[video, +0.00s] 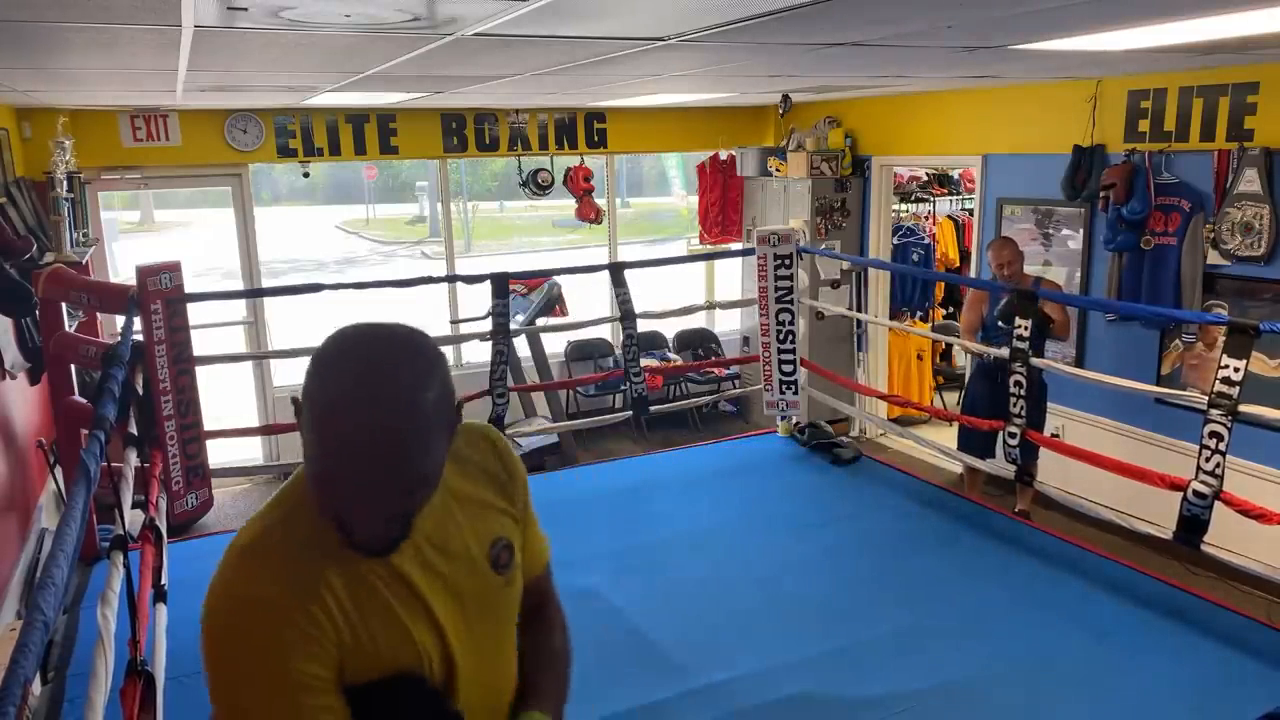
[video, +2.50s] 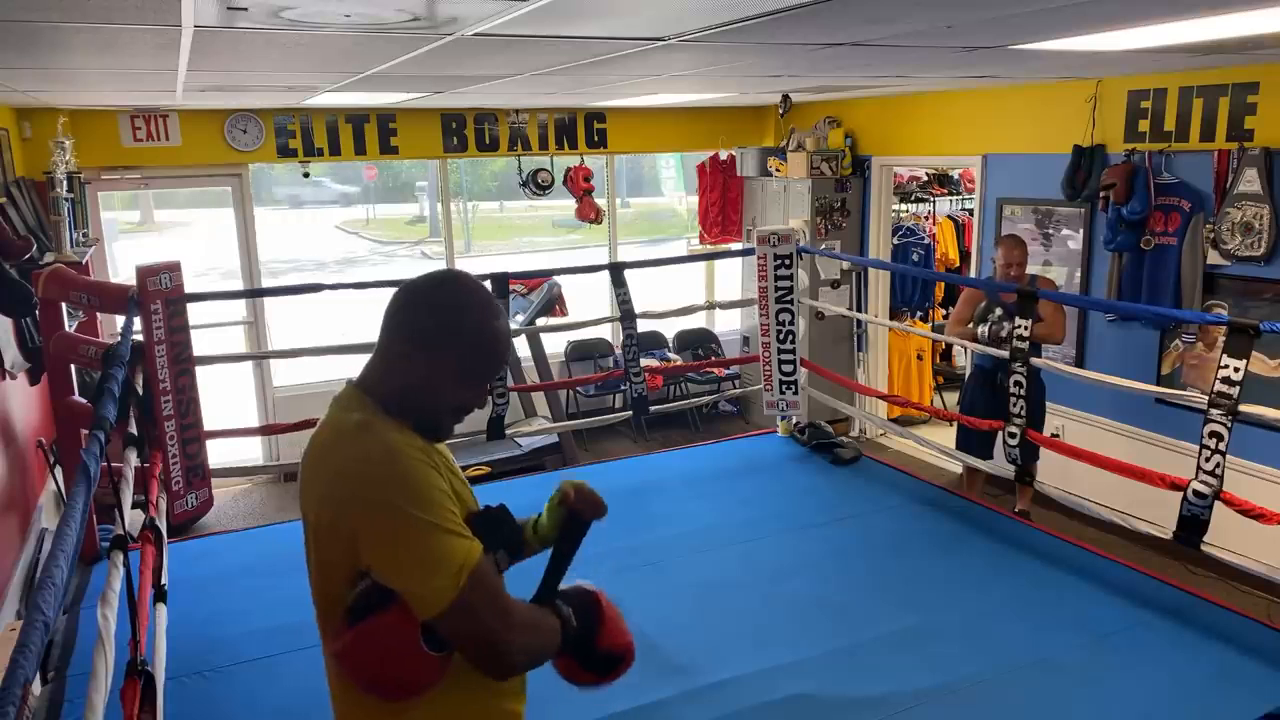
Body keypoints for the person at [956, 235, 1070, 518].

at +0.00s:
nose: (1005, 272)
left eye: (1010, 264)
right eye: (998, 267)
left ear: (1022, 259)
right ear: (990, 266)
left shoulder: (1047, 289)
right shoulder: (980, 292)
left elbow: (1063, 333)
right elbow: (967, 338)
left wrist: (1038, 316)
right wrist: (986, 352)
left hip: (1028, 382)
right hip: (987, 380)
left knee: (1027, 451)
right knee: (974, 447)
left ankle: (1022, 515)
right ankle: (970, 506)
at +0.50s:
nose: (998, 275)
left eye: (1002, 267)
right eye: (991, 270)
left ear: (1014, 260)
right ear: (984, 267)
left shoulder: (1041, 287)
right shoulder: (976, 291)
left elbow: (1061, 329)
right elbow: (963, 334)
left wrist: (1025, 326)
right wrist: (984, 348)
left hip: (1026, 380)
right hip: (984, 377)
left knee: (1026, 449)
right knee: (974, 446)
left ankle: (1023, 514)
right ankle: (970, 507)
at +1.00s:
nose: (998, 274)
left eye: (1002, 267)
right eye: (991, 270)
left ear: (1013, 260)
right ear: (982, 267)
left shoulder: (1037, 286)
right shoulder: (974, 290)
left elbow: (1054, 331)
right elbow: (961, 335)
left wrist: (1013, 329)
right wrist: (984, 346)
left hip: (1025, 379)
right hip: (984, 377)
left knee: (1026, 448)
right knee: (974, 445)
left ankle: (1022, 513)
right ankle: (971, 506)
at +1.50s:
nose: (999, 274)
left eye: (1003, 266)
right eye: (991, 269)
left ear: (1013, 260)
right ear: (983, 267)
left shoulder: (1038, 286)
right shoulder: (973, 293)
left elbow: (1061, 328)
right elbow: (962, 341)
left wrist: (1021, 330)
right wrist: (985, 347)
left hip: (1025, 380)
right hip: (984, 379)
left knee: (1027, 449)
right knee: (975, 448)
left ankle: (1022, 514)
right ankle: (971, 507)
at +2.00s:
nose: (1002, 274)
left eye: (1006, 266)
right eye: (994, 268)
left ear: (1018, 259)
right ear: (984, 266)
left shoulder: (1040, 286)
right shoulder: (976, 290)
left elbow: (1057, 331)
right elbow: (960, 335)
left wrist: (1016, 330)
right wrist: (980, 348)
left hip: (1025, 380)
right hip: (983, 378)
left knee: (1026, 448)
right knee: (974, 445)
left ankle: (1022, 513)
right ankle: (971, 505)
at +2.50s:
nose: (1014, 272)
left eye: (1020, 265)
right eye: (1008, 266)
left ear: (1027, 262)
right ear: (995, 262)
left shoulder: (1043, 287)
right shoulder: (978, 289)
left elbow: (1056, 333)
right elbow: (952, 330)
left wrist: (1016, 329)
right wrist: (985, 331)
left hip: (1025, 381)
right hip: (984, 378)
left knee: (1026, 449)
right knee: (974, 446)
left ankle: (1022, 514)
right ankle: (969, 507)